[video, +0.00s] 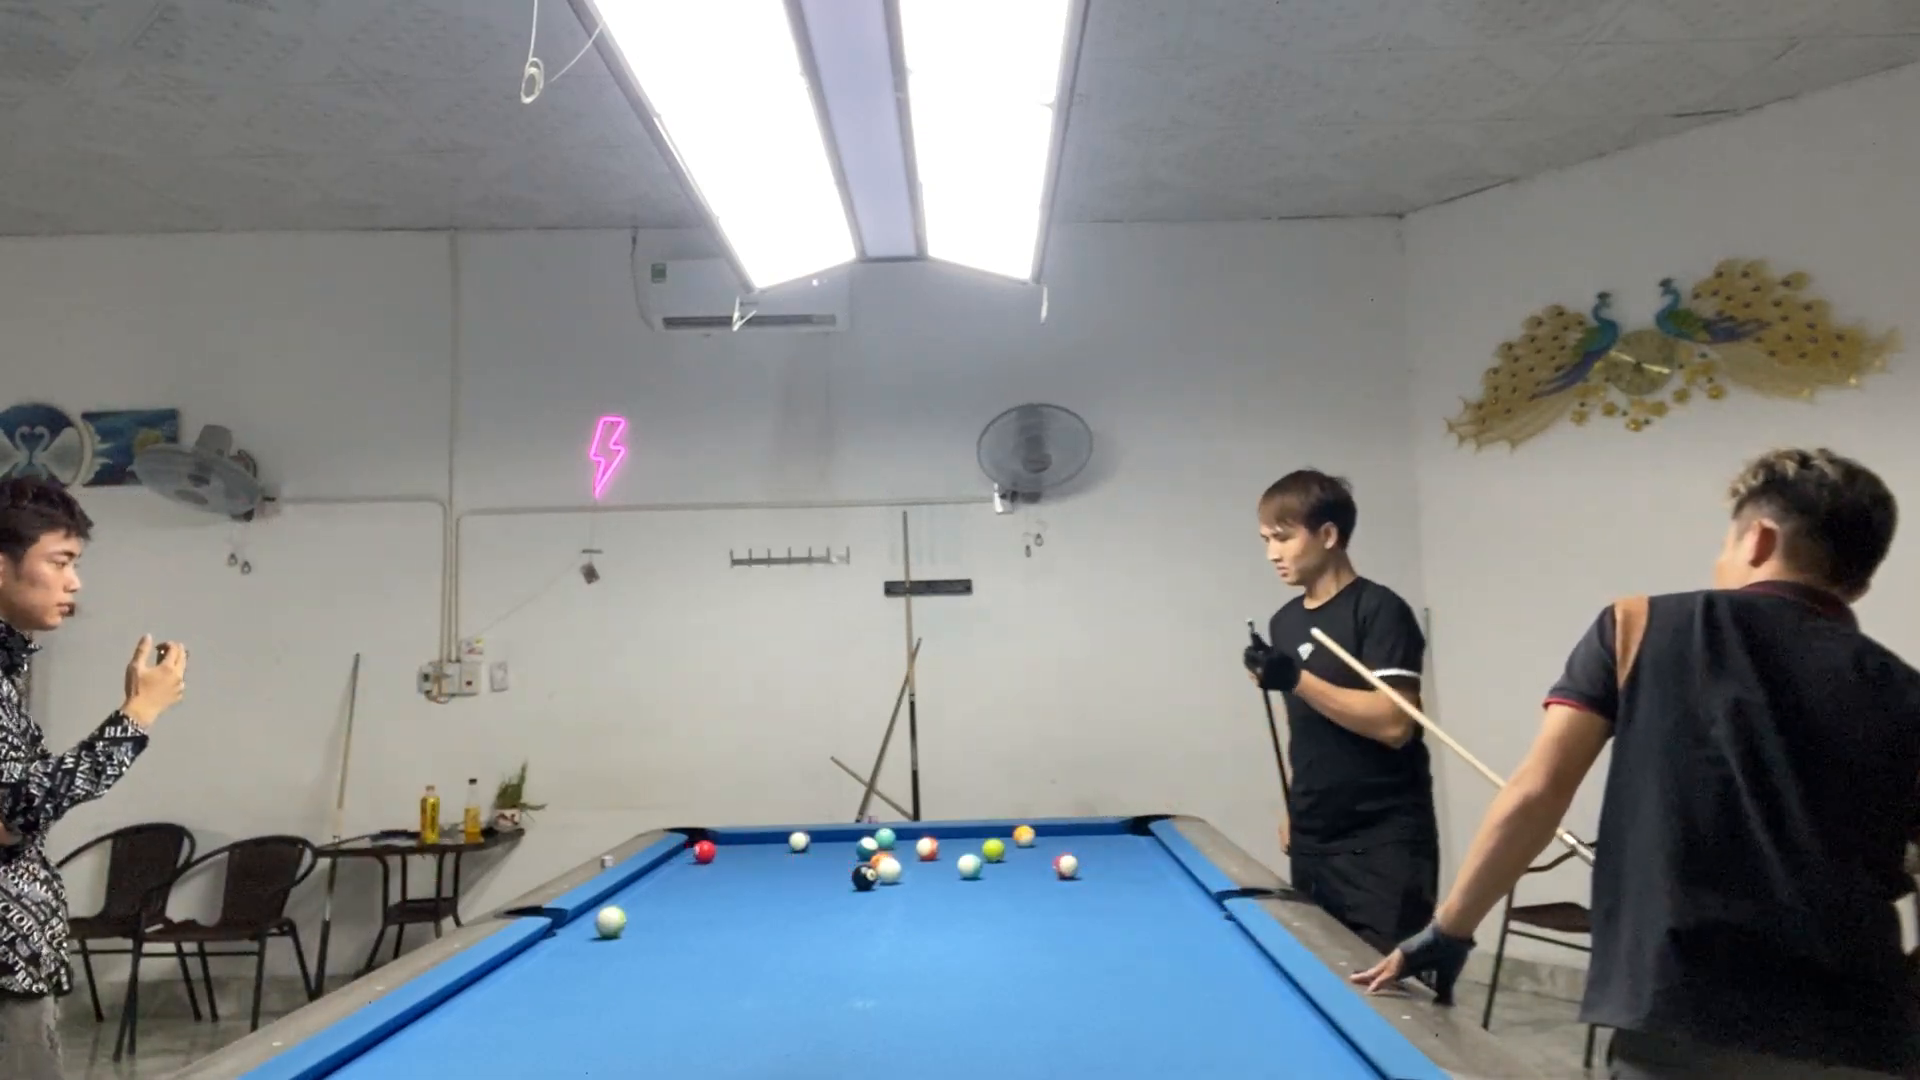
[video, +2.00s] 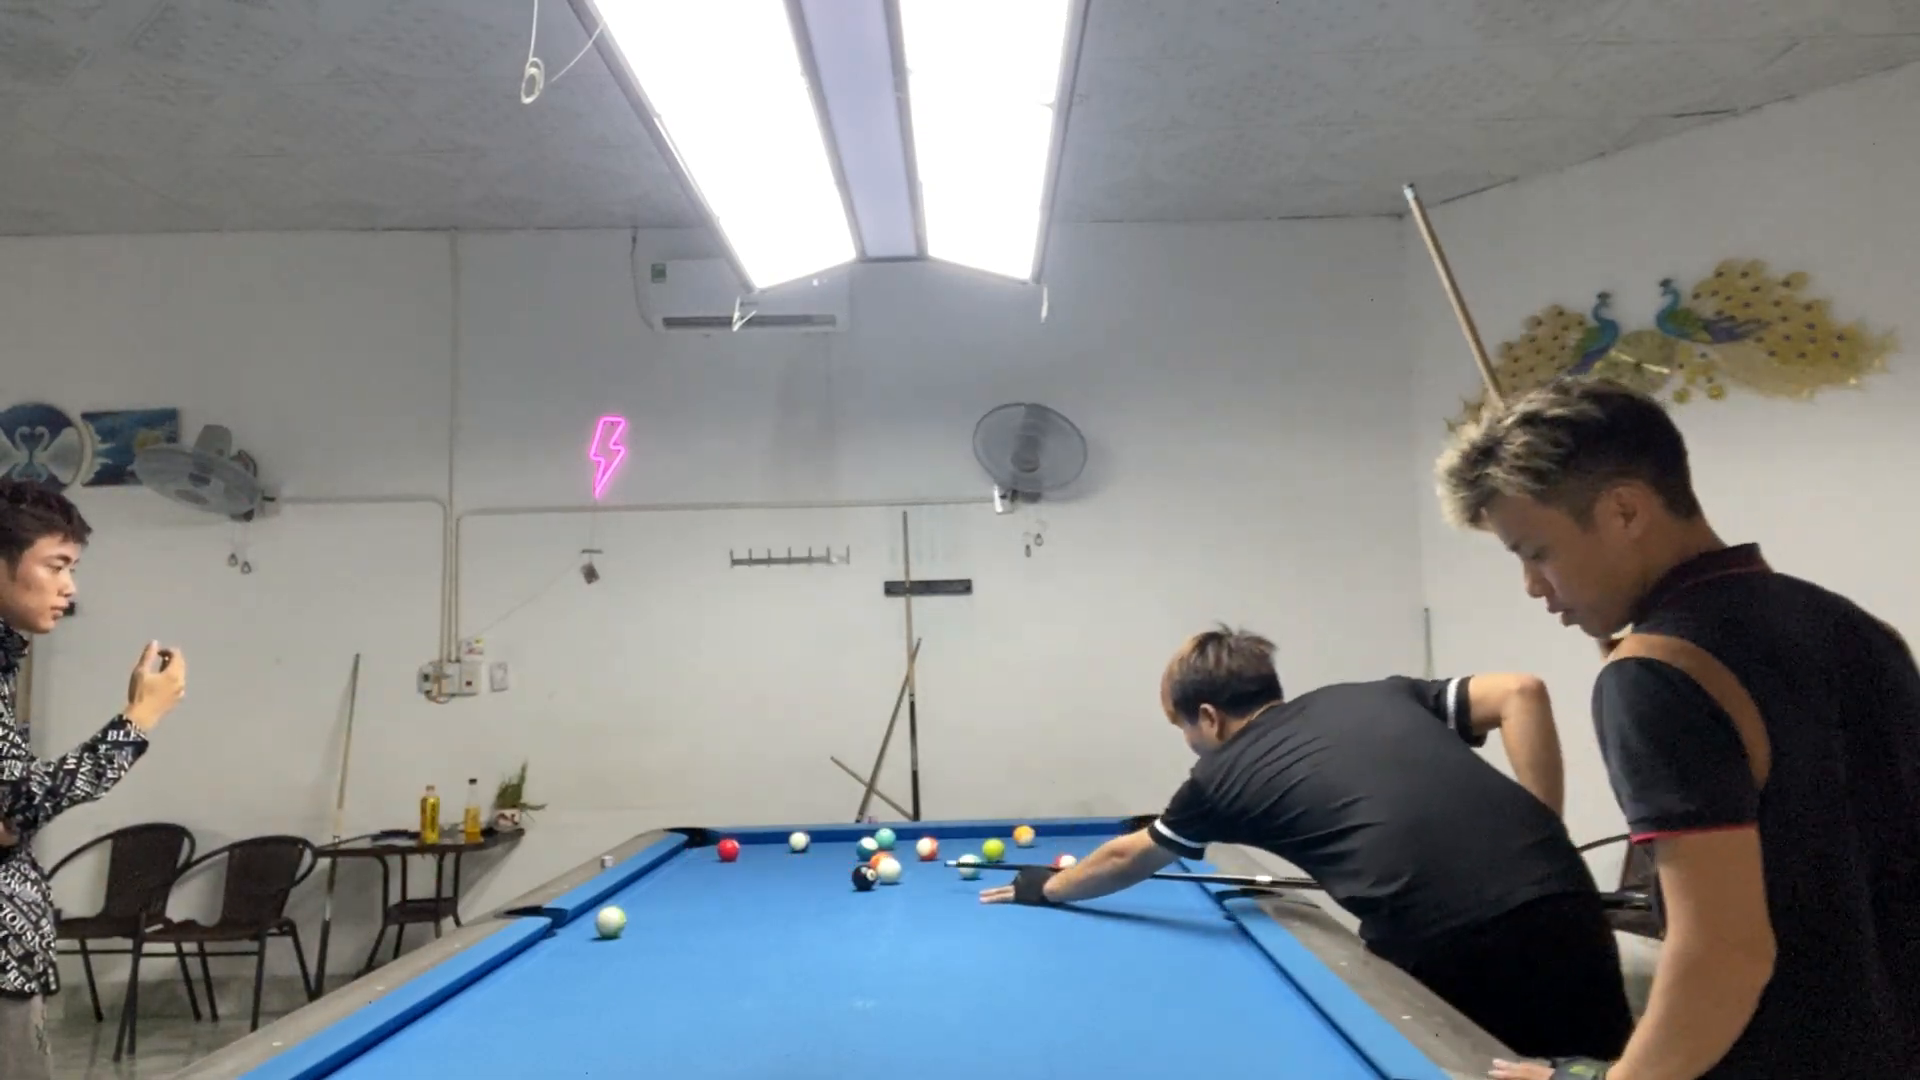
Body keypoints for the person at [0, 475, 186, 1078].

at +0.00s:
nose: (75, 583)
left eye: (74, 564)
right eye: (60, 561)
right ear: (6, 565)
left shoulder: (12, 668)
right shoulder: (6, 672)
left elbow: (32, 792)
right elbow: (24, 801)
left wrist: (133, 713)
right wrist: (137, 714)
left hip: (29, 968)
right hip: (15, 973)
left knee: (40, 1066)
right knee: (34, 1068)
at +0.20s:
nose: (72, 588)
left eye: (72, 568)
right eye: (60, 564)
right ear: (6, 566)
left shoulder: (9, 667)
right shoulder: (5, 670)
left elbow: (27, 795)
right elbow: (22, 801)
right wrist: (136, 719)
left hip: (24, 968)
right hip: (14, 972)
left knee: (36, 1068)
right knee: (32, 1069)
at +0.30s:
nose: (71, 589)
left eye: (72, 569)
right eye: (60, 566)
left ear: (19, 567)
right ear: (6, 565)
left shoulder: (8, 666)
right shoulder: (4, 668)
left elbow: (24, 796)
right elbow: (21, 800)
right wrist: (136, 720)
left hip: (22, 967)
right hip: (12, 971)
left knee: (33, 1068)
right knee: (31, 1069)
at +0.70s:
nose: (70, 592)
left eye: (70, 571)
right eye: (60, 568)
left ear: (19, 568)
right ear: (7, 566)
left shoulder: (7, 666)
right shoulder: (4, 669)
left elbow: (21, 796)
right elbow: (18, 802)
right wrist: (134, 723)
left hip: (20, 974)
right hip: (10, 978)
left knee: (30, 1067)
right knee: (27, 1069)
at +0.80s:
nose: (69, 591)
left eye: (70, 571)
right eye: (59, 567)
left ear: (18, 568)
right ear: (7, 566)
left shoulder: (7, 664)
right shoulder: (5, 666)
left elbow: (20, 797)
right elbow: (17, 803)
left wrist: (129, 724)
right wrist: (133, 724)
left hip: (19, 974)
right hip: (10, 978)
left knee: (30, 1068)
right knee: (28, 1069)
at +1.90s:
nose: (69, 587)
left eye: (71, 569)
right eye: (56, 565)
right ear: (5, 566)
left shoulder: (9, 667)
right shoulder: (5, 669)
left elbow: (23, 795)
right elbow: (22, 799)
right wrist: (137, 721)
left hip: (20, 974)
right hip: (11, 977)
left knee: (29, 1069)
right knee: (26, 1071)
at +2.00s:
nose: (70, 588)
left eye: (71, 569)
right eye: (56, 565)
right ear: (6, 567)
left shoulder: (9, 667)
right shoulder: (5, 670)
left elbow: (25, 795)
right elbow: (25, 799)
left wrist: (14, 824)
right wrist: (139, 720)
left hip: (20, 972)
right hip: (11, 974)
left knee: (30, 1069)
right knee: (26, 1070)